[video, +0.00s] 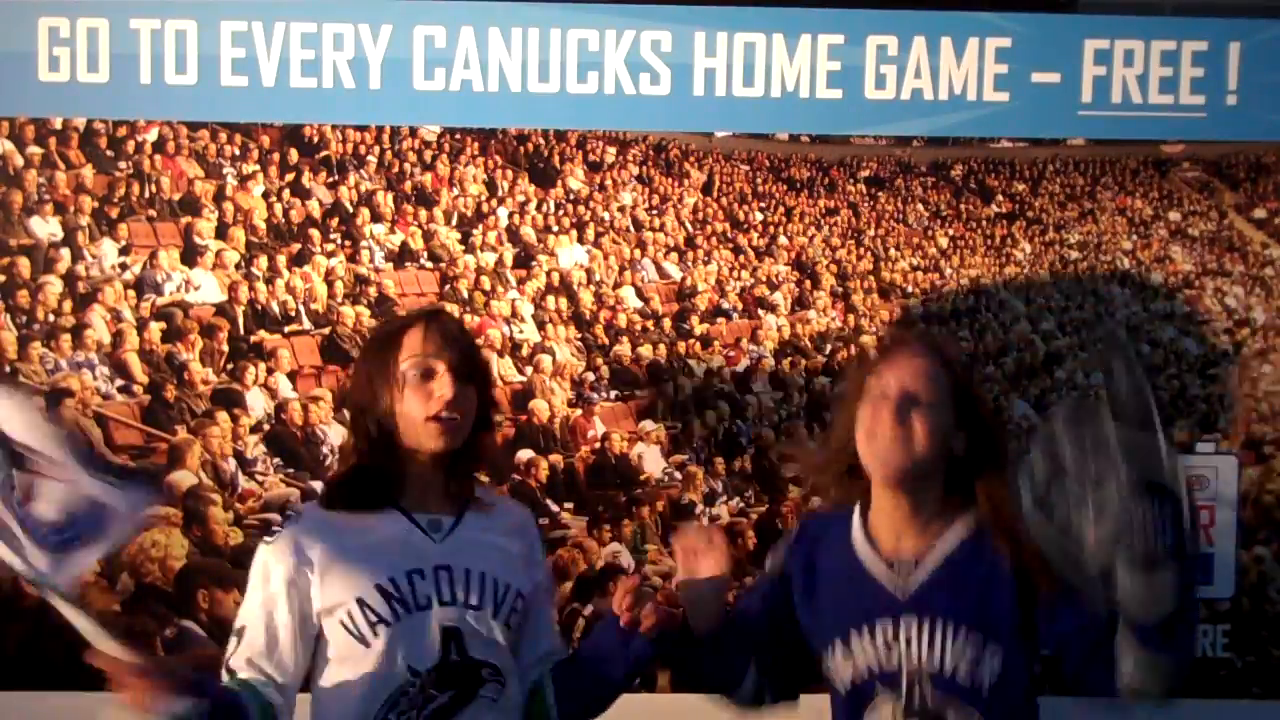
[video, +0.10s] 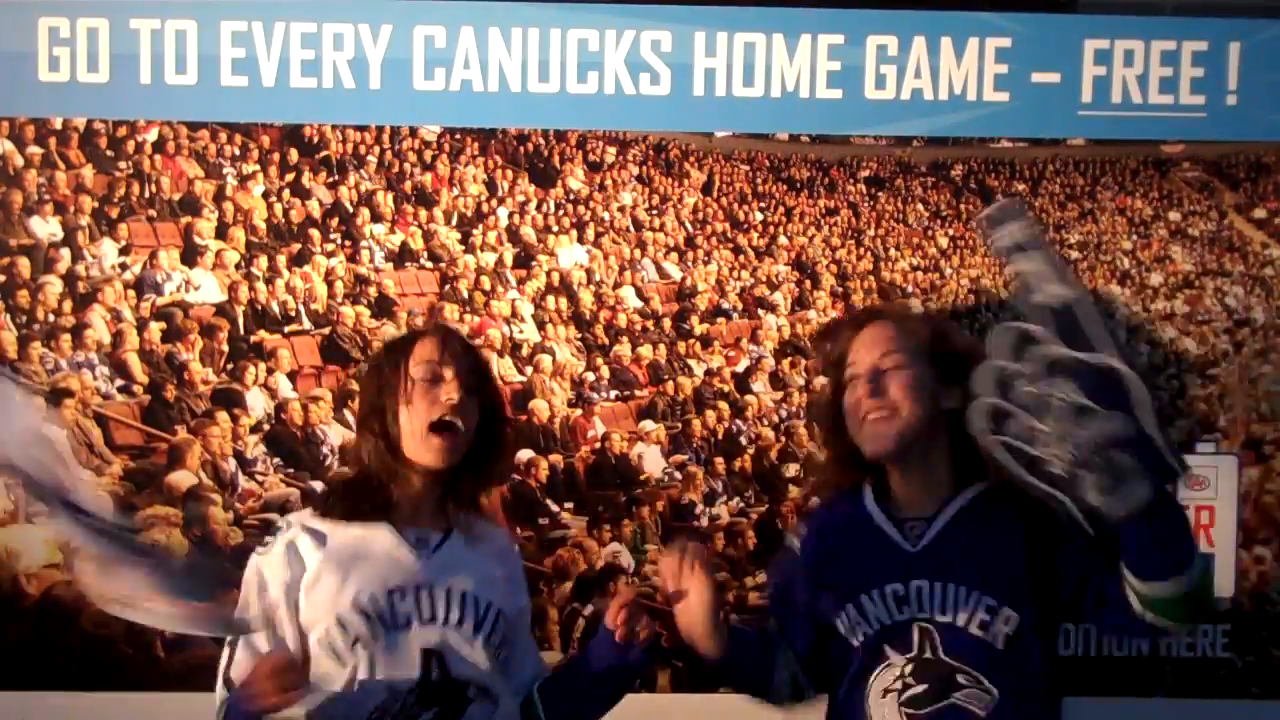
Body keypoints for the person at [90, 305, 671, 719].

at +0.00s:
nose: (450, 393)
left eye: (463, 375)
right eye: (423, 377)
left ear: (478, 394)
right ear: (377, 399)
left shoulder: (514, 528)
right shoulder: (302, 546)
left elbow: (542, 698)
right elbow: (262, 699)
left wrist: (610, 647)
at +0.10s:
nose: (455, 397)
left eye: (468, 384)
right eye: (431, 378)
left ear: (483, 413)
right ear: (386, 400)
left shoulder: (497, 551)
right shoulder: (303, 546)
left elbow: (529, 704)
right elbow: (236, 706)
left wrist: (604, 657)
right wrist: (247, 700)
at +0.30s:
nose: (422, 368)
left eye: (432, 357)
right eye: (394, 357)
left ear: (449, 385)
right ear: (353, 391)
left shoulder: (502, 508)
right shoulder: (303, 537)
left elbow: (530, 686)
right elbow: (254, 710)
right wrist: (268, 677)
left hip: (491, 704)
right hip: (363, 706)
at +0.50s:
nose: (403, 365)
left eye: (422, 359)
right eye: (379, 368)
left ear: (462, 407)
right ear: (359, 424)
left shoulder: (518, 540)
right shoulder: (313, 553)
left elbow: (565, 702)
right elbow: (261, 714)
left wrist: (656, 593)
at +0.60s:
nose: (429, 357)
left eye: (454, 355)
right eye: (409, 353)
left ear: (483, 411)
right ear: (378, 409)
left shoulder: (517, 536)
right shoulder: (314, 532)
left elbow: (561, 694)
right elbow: (278, 696)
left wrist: (662, 604)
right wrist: (163, 676)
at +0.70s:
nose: (444, 374)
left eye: (468, 377)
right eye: (422, 370)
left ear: (487, 432)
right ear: (388, 418)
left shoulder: (507, 562)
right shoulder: (305, 546)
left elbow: (536, 712)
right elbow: (274, 704)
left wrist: (648, 645)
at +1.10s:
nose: (405, 391)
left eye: (421, 382)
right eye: (380, 373)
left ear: (435, 417)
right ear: (333, 401)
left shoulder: (469, 544)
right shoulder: (267, 558)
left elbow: (508, 699)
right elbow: (229, 708)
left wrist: (625, 637)